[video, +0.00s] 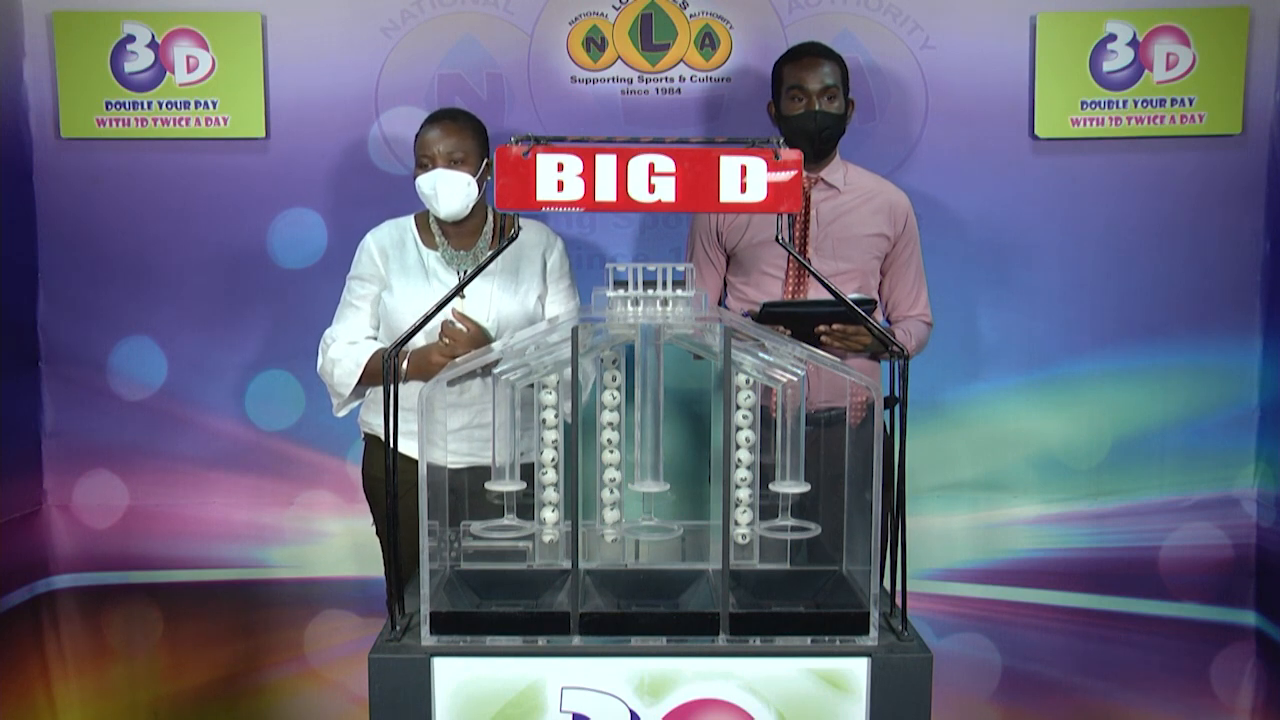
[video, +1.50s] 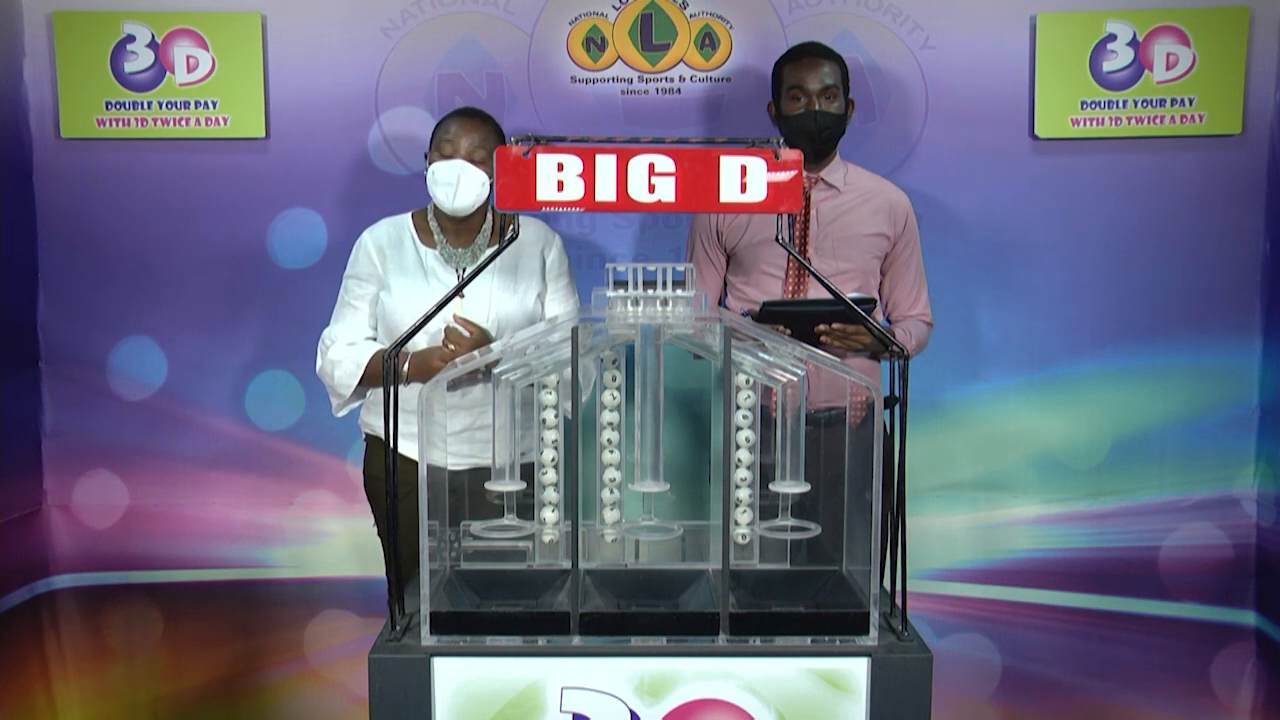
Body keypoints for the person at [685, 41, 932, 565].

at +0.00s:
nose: (813, 107)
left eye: (829, 94)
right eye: (796, 95)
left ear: (848, 108)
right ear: (774, 109)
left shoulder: (888, 205)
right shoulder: (727, 200)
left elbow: (914, 321)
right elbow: (695, 317)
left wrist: (876, 341)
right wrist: (757, 336)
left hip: (843, 416)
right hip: (752, 416)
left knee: (844, 580)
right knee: (753, 579)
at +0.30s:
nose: (813, 107)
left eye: (829, 94)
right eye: (796, 95)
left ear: (848, 108)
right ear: (774, 109)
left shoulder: (888, 205)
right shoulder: (727, 200)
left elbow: (914, 321)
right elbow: (695, 317)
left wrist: (876, 341)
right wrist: (758, 336)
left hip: (843, 416)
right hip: (752, 416)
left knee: (844, 580)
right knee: (753, 579)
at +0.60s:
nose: (814, 107)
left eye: (829, 94)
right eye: (796, 95)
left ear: (848, 108)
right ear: (774, 109)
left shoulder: (888, 205)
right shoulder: (727, 200)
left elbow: (914, 321)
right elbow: (695, 317)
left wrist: (876, 341)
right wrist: (758, 335)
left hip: (844, 416)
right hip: (752, 416)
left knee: (845, 580)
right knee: (753, 579)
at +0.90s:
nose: (813, 107)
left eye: (829, 94)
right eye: (796, 95)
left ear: (848, 108)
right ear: (774, 109)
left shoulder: (888, 205)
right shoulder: (727, 200)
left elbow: (914, 321)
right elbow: (696, 318)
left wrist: (876, 341)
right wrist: (758, 336)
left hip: (843, 417)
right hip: (751, 416)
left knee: (844, 581)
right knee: (753, 579)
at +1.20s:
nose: (813, 107)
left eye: (829, 94)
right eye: (796, 95)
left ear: (848, 108)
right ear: (774, 109)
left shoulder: (888, 205)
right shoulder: (727, 200)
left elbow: (914, 321)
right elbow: (695, 317)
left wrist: (876, 341)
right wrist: (758, 336)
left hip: (844, 417)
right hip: (751, 416)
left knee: (844, 581)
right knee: (753, 579)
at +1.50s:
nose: (813, 107)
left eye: (829, 94)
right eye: (796, 94)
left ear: (848, 108)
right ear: (774, 109)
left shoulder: (888, 205)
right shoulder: (727, 200)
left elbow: (915, 321)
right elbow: (695, 317)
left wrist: (876, 340)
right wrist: (755, 334)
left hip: (843, 417)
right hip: (751, 416)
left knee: (844, 580)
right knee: (753, 579)